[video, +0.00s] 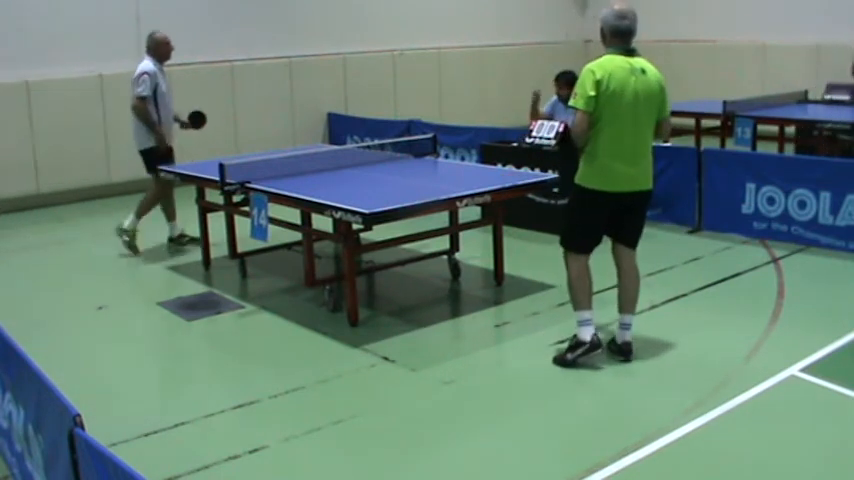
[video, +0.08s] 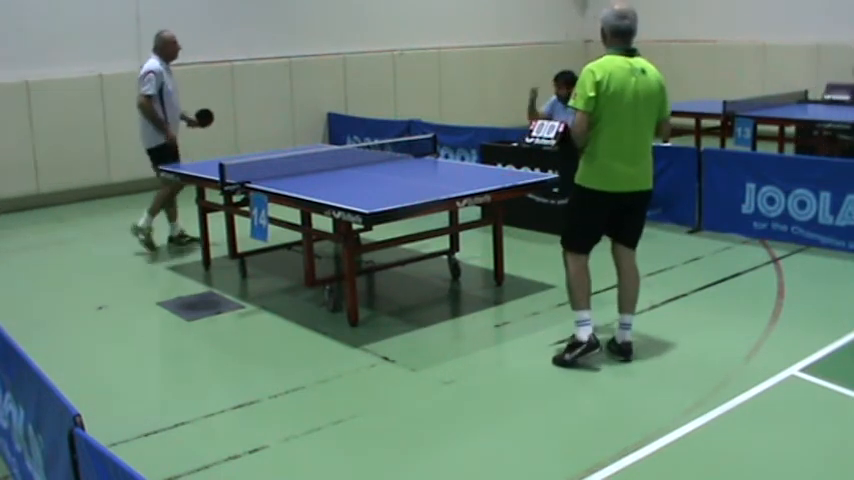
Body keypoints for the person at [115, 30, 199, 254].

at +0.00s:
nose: (171, 48)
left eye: (170, 44)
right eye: (166, 45)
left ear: (158, 48)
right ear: (155, 48)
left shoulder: (157, 70)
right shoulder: (146, 72)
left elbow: (162, 105)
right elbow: (139, 106)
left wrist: (180, 121)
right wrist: (159, 136)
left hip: (161, 140)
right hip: (150, 142)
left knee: (166, 186)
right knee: (163, 185)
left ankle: (175, 232)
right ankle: (129, 226)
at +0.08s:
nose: (178, 48)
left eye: (177, 44)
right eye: (174, 44)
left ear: (165, 48)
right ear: (162, 47)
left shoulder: (164, 69)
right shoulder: (152, 70)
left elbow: (169, 104)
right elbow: (144, 103)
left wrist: (188, 120)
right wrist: (166, 131)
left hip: (166, 137)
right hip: (156, 139)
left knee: (169, 184)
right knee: (174, 181)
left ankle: (175, 231)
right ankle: (144, 224)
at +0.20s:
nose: (187, 46)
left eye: (185, 42)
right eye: (183, 42)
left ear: (172, 46)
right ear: (171, 46)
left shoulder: (172, 67)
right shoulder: (162, 69)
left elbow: (176, 103)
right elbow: (155, 102)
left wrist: (196, 116)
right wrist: (176, 129)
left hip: (173, 135)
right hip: (167, 136)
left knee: (174, 180)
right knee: (188, 177)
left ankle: (174, 227)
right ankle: (174, 227)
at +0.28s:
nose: (193, 46)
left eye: (192, 42)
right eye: (189, 43)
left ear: (179, 46)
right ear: (177, 46)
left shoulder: (178, 68)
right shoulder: (170, 69)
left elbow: (180, 102)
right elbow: (162, 103)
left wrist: (199, 115)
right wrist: (183, 128)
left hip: (179, 135)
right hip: (174, 137)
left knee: (177, 182)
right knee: (194, 181)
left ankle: (175, 230)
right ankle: (199, 232)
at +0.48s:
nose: (210, 49)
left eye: (209, 44)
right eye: (206, 44)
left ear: (192, 47)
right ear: (195, 48)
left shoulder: (187, 67)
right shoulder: (190, 72)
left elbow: (190, 104)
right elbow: (183, 104)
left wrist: (208, 123)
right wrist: (205, 129)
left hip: (184, 138)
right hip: (193, 139)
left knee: (182, 184)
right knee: (207, 187)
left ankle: (177, 230)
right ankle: (224, 229)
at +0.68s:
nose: (230, 50)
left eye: (229, 45)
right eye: (227, 45)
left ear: (210, 46)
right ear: (217, 47)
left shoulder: (196, 63)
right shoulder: (211, 71)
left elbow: (199, 103)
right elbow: (211, 106)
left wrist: (223, 124)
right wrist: (234, 126)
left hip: (192, 136)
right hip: (207, 138)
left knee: (192, 183)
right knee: (219, 188)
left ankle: (179, 226)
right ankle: (227, 231)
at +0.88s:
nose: (247, 51)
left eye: (246, 47)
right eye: (244, 47)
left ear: (227, 47)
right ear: (233, 48)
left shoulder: (209, 62)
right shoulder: (227, 72)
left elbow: (209, 101)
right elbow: (233, 106)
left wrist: (227, 122)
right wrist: (263, 122)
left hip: (197, 135)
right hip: (215, 138)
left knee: (201, 182)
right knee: (222, 187)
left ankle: (185, 223)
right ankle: (227, 231)